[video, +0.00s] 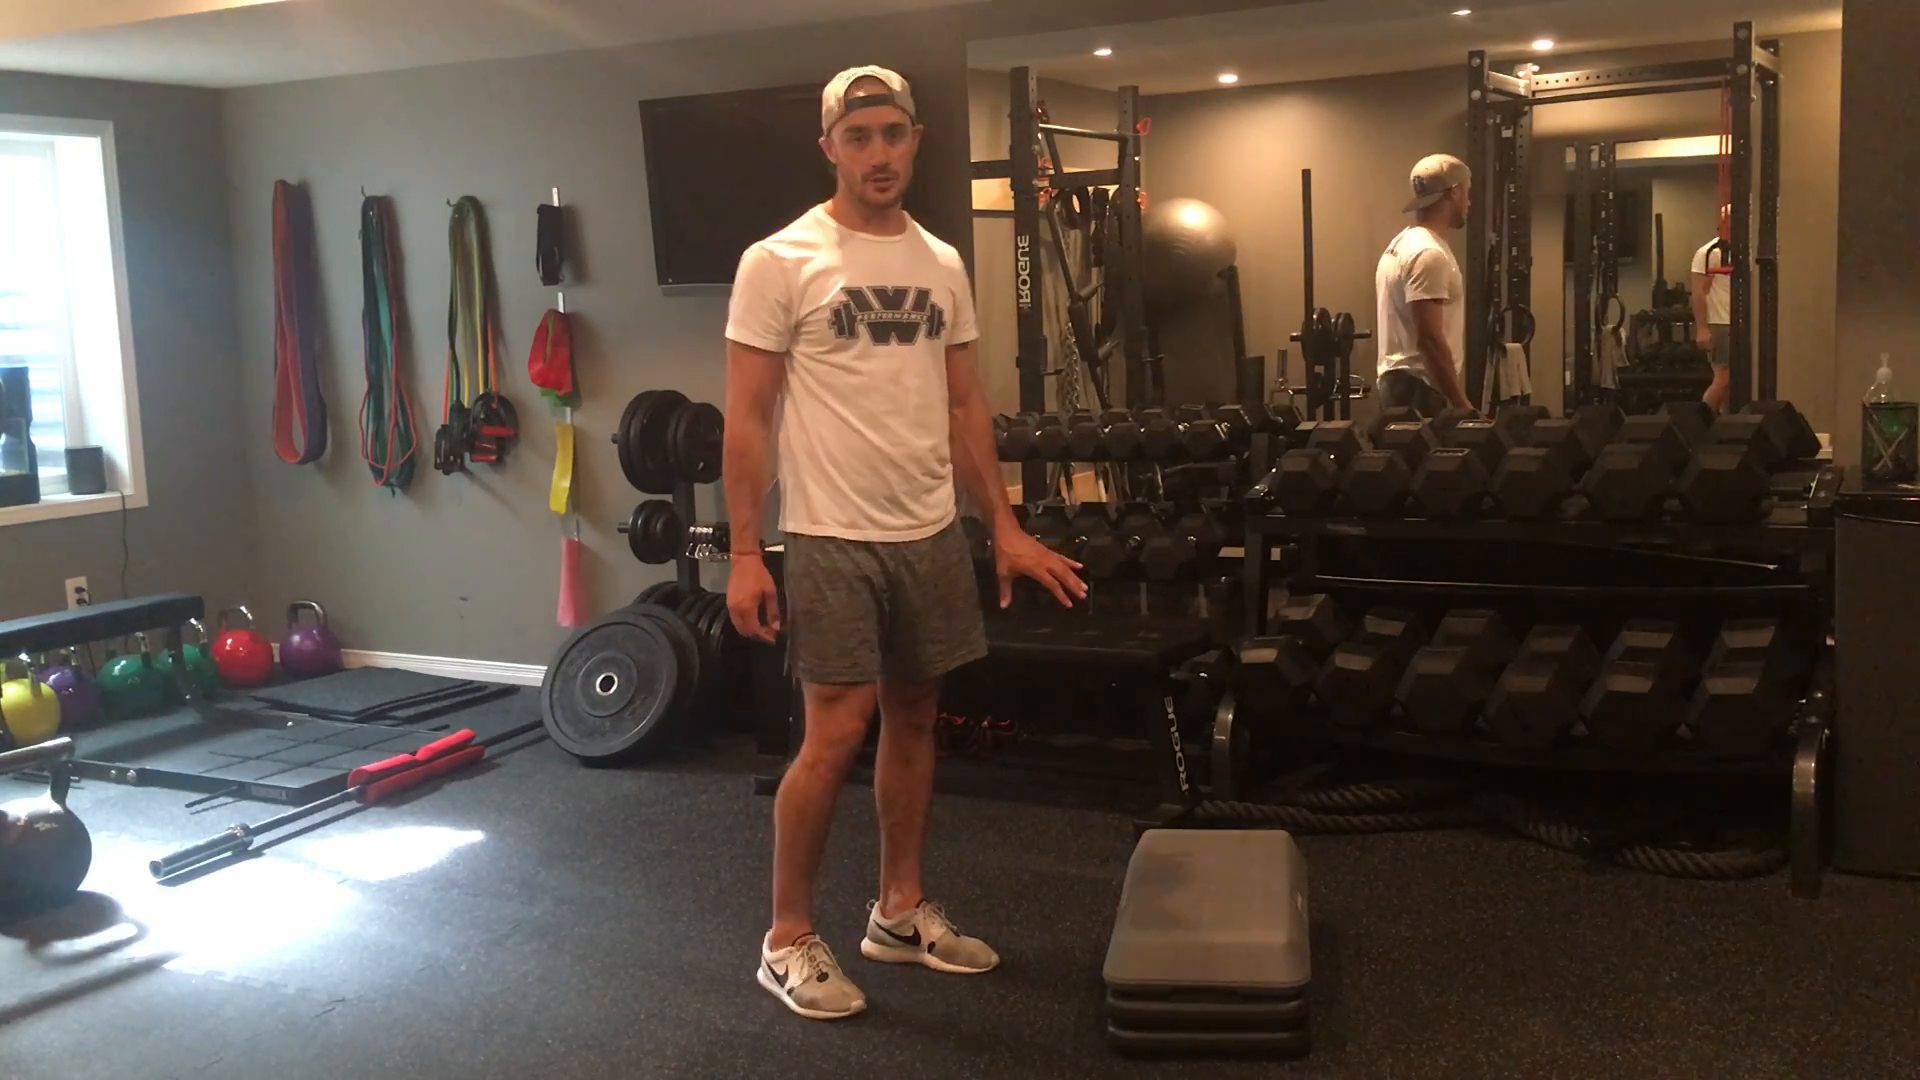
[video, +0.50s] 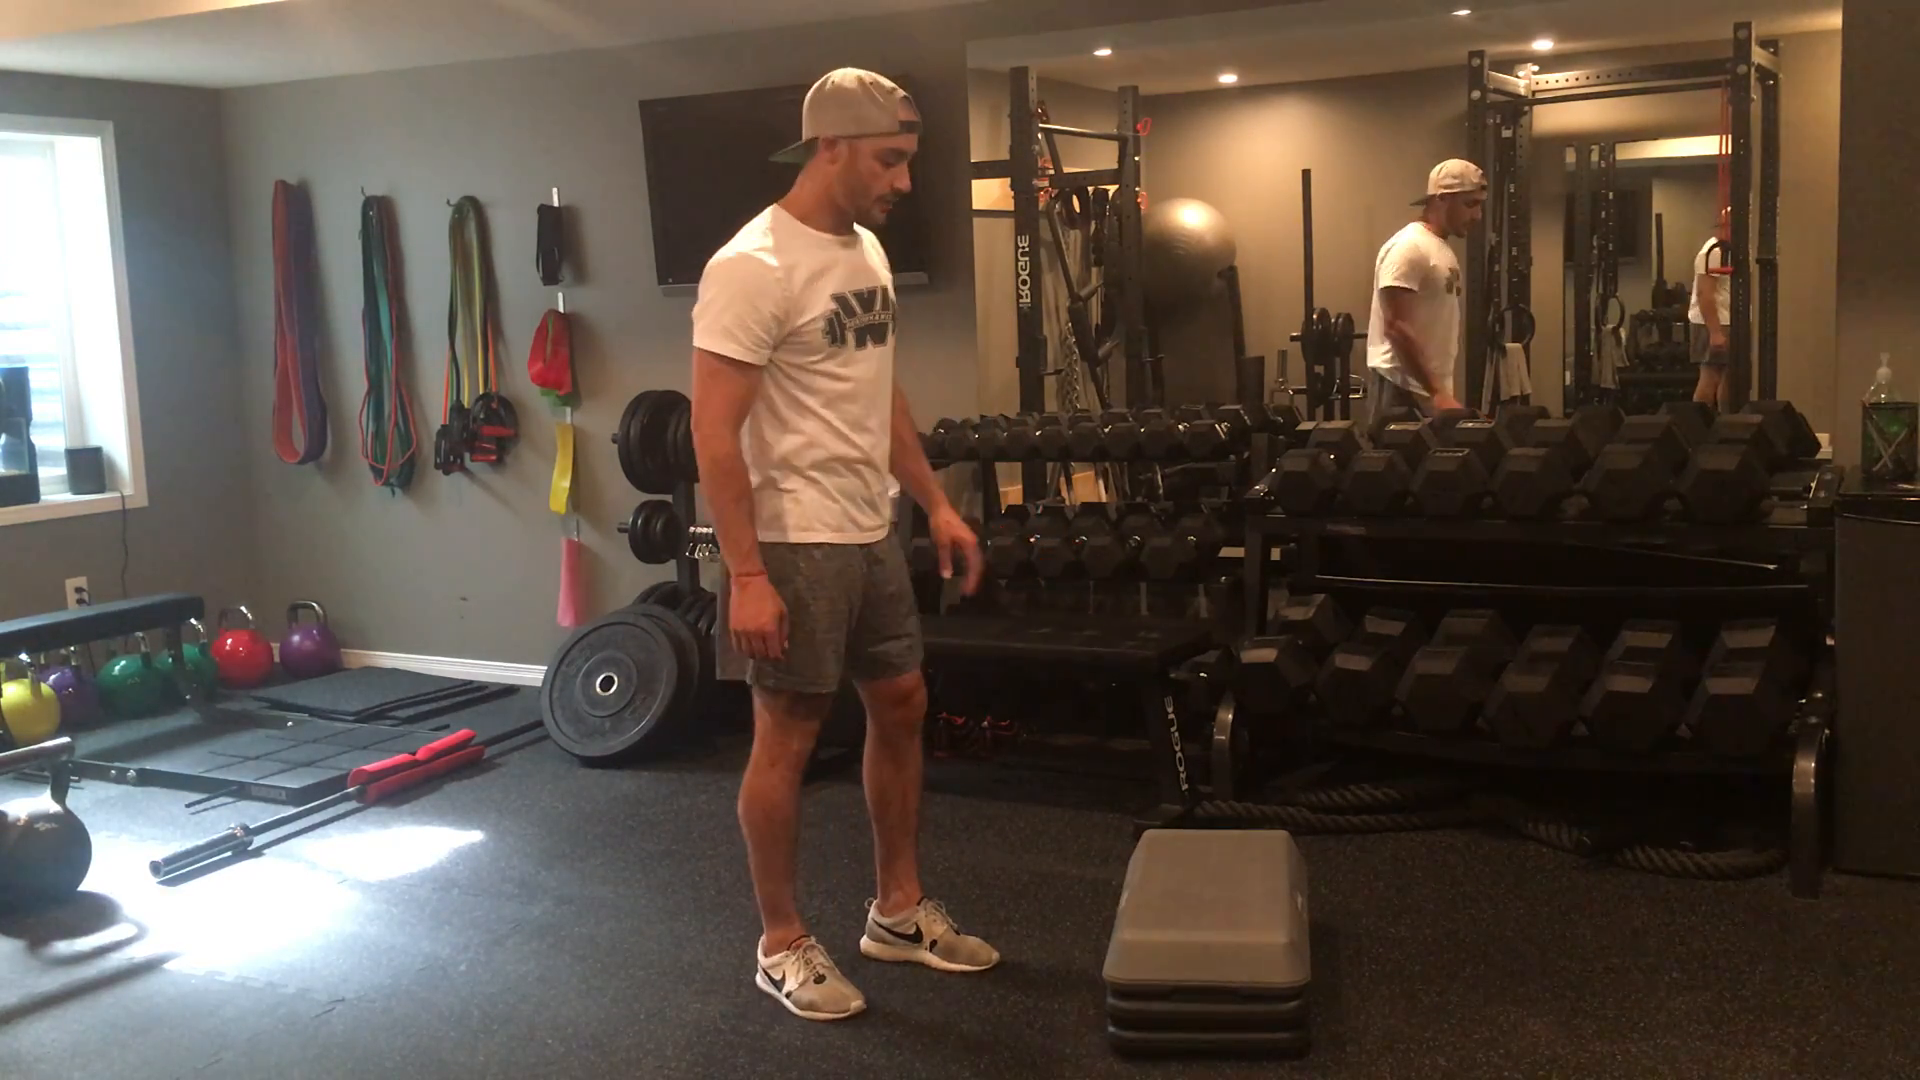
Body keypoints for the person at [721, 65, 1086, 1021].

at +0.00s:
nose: (880, 152)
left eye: (894, 134)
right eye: (860, 136)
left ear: (916, 144)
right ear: (829, 148)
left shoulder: (941, 266)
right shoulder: (779, 263)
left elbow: (966, 406)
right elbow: (748, 416)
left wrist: (1006, 529)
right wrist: (744, 551)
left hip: (930, 533)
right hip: (829, 538)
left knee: (914, 721)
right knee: (836, 733)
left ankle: (899, 911)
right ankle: (787, 938)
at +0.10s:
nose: (879, 153)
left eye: (892, 136)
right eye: (859, 135)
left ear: (907, 147)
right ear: (819, 144)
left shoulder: (926, 261)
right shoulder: (766, 265)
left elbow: (952, 404)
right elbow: (741, 416)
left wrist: (996, 527)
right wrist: (743, 554)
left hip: (921, 533)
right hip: (819, 539)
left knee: (909, 718)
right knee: (830, 728)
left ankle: (900, 912)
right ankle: (787, 938)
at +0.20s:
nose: (891, 162)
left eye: (900, 145)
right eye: (873, 144)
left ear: (902, 148)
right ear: (817, 142)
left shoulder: (910, 255)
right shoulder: (751, 268)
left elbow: (940, 399)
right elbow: (732, 423)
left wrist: (983, 523)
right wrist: (744, 559)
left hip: (909, 534)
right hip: (810, 542)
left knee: (903, 721)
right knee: (820, 735)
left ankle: (899, 911)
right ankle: (786, 940)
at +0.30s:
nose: (902, 172)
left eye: (906, 154)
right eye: (888, 152)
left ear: (871, 152)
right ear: (830, 145)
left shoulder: (894, 254)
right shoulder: (739, 266)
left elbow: (923, 395)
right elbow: (719, 427)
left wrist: (967, 513)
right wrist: (745, 562)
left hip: (898, 532)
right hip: (801, 542)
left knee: (900, 718)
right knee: (808, 734)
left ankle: (900, 910)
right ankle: (786, 941)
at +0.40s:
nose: (902, 178)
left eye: (906, 159)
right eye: (889, 157)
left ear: (855, 156)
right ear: (830, 150)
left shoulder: (879, 253)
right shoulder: (739, 266)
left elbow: (903, 393)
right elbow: (711, 431)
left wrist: (953, 508)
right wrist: (743, 569)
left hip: (886, 535)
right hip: (795, 547)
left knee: (900, 713)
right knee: (795, 740)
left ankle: (900, 908)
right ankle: (785, 942)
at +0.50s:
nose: (904, 179)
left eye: (907, 160)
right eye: (891, 159)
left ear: (854, 157)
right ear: (832, 152)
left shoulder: (865, 252)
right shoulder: (749, 266)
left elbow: (879, 395)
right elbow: (711, 432)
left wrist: (936, 503)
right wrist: (746, 572)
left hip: (872, 533)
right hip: (790, 543)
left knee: (900, 708)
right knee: (784, 742)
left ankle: (900, 909)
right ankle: (782, 943)